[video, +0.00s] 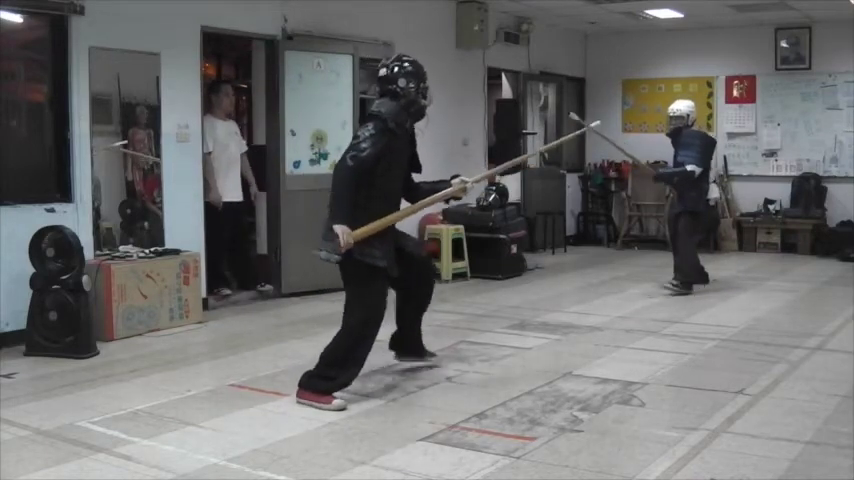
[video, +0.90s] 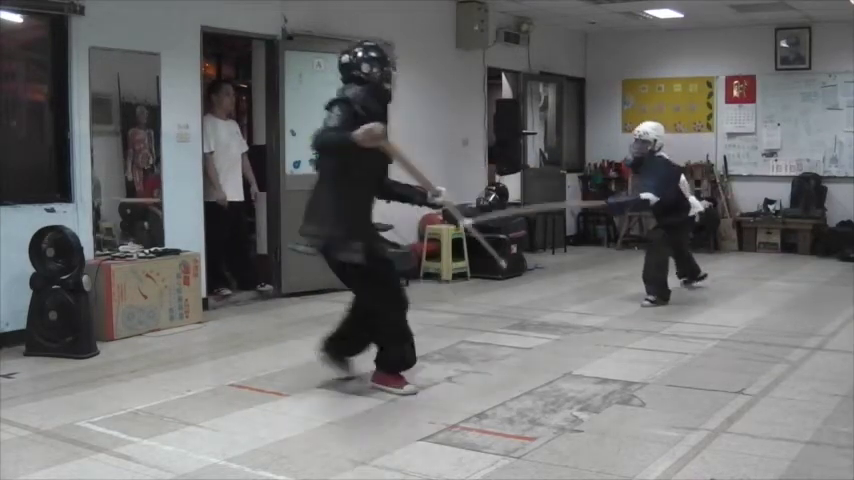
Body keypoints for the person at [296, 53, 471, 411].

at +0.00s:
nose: (424, 97)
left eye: (423, 89)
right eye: (419, 89)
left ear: (400, 90)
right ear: (403, 90)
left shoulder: (402, 132)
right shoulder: (379, 130)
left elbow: (410, 191)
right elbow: (345, 169)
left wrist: (450, 188)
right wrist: (340, 222)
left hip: (382, 234)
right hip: (357, 237)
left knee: (419, 272)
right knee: (366, 312)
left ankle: (408, 344)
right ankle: (316, 386)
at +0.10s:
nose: (431, 103)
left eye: (431, 96)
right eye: (426, 96)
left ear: (411, 97)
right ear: (408, 97)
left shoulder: (411, 136)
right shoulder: (386, 135)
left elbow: (425, 195)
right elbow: (351, 171)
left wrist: (463, 191)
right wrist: (349, 227)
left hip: (390, 241)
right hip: (366, 244)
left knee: (426, 282)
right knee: (369, 319)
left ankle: (435, 344)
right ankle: (317, 386)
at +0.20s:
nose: (443, 113)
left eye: (442, 106)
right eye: (437, 106)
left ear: (422, 108)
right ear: (420, 107)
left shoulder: (427, 144)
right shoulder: (400, 144)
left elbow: (443, 184)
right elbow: (374, 175)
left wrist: (488, 186)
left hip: (401, 243)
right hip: (382, 244)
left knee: (434, 286)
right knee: (374, 323)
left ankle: (450, 347)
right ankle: (319, 385)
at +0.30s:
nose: (456, 113)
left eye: (455, 106)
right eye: (451, 106)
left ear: (426, 110)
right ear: (438, 110)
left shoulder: (433, 147)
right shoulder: (419, 145)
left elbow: (449, 187)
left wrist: (487, 186)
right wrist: (453, 206)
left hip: (409, 241)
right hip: (393, 242)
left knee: (447, 278)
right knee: (390, 317)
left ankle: (450, 346)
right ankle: (325, 377)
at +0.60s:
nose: (444, 102)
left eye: (443, 95)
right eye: (439, 95)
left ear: (419, 96)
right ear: (424, 95)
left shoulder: (422, 134)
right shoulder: (405, 130)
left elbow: (424, 188)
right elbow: (389, 166)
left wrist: (458, 197)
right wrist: (437, 185)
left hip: (413, 233)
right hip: (397, 235)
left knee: (452, 278)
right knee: (432, 303)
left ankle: (451, 346)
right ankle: (373, 358)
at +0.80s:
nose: (404, 84)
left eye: (403, 77)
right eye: (397, 78)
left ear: (380, 81)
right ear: (380, 81)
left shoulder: (384, 122)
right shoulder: (366, 117)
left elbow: (393, 188)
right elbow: (363, 152)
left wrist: (440, 198)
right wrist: (407, 140)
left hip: (376, 226)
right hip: (362, 228)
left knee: (413, 294)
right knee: (409, 300)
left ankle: (411, 356)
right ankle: (390, 370)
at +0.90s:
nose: (389, 79)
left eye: (389, 72)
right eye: (383, 71)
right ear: (364, 72)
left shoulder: (373, 117)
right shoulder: (345, 105)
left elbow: (377, 184)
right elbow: (321, 139)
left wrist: (423, 195)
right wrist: (354, 137)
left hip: (355, 224)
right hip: (334, 224)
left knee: (385, 289)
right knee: (382, 290)